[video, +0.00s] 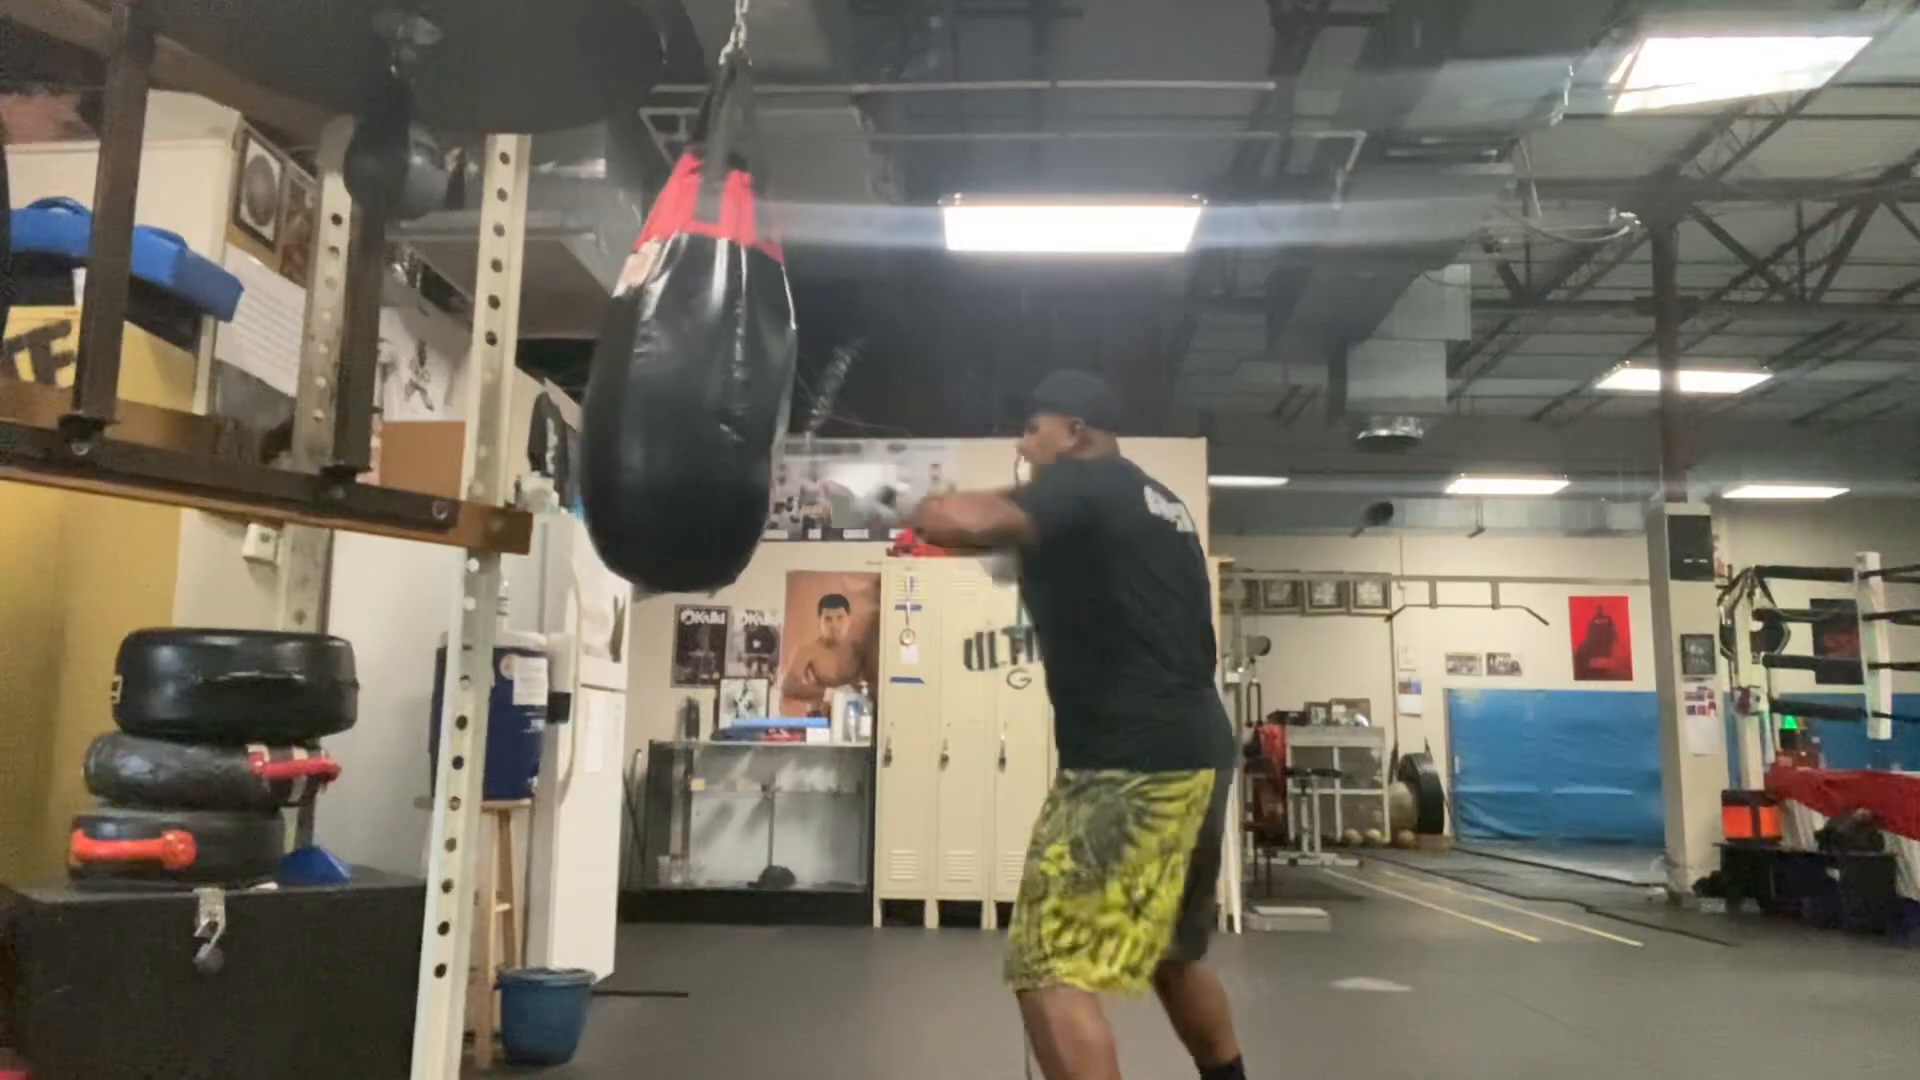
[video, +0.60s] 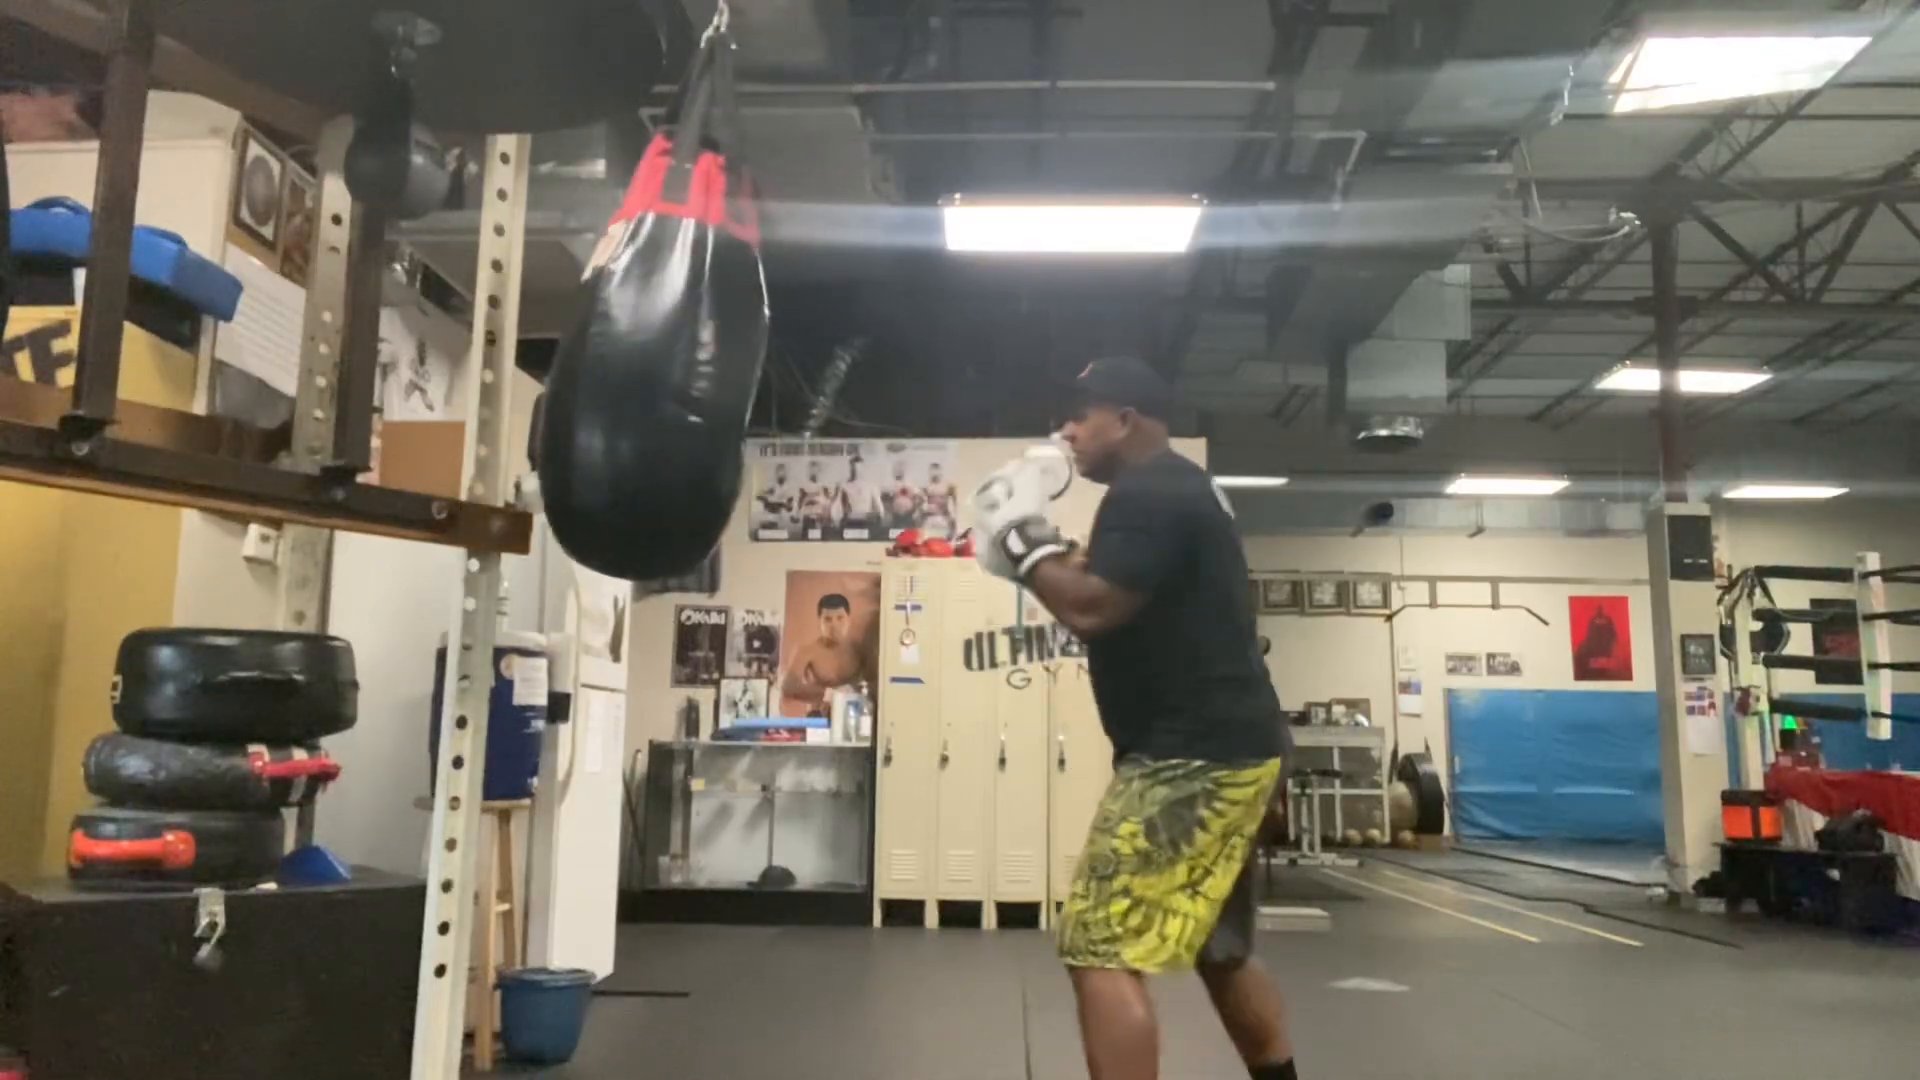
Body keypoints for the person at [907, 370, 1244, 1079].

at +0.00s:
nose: (1023, 446)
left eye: (1033, 429)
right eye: (1024, 431)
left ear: (1078, 430)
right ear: (1098, 434)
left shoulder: (1080, 486)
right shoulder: (1163, 501)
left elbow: (964, 519)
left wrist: (924, 507)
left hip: (1127, 757)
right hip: (1196, 751)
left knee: (1047, 966)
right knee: (1175, 954)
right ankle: (1228, 1074)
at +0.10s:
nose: (1022, 411)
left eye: (1038, 396)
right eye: (1027, 397)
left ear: (1090, 406)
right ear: (1089, 411)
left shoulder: (1121, 482)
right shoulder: (1108, 483)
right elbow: (1082, 578)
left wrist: (999, 531)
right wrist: (1022, 531)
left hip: (1141, 748)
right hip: (1164, 745)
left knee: (1073, 949)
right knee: (1177, 944)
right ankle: (1229, 1075)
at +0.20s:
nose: (1035, 422)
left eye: (1051, 409)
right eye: (1036, 408)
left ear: (1106, 413)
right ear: (1085, 418)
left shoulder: (1164, 494)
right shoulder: (1063, 491)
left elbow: (1103, 594)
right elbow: (929, 495)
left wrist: (1034, 509)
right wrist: (833, 462)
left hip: (1174, 747)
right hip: (1124, 747)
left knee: (1101, 939)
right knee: (1160, 947)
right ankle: (1223, 1072)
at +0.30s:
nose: (1041, 415)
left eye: (1055, 402)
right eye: (1043, 402)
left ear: (1108, 404)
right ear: (1100, 407)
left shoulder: (1173, 479)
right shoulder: (1080, 483)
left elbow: (1134, 578)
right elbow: (989, 547)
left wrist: (1031, 511)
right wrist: (910, 535)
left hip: (1184, 744)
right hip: (1141, 745)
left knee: (1121, 944)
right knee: (1178, 940)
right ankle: (1226, 1070)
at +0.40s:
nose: (1052, 413)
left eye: (1067, 398)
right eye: (1055, 398)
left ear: (1118, 403)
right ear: (1105, 406)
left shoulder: (1179, 479)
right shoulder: (1096, 489)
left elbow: (1125, 581)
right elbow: (1037, 591)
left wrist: (1036, 500)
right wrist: (954, 591)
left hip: (1190, 747)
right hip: (1147, 745)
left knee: (1125, 943)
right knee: (1187, 939)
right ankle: (1255, 1071)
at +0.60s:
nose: (1068, 429)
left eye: (1081, 415)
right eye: (1071, 415)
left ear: (1128, 419)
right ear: (1135, 423)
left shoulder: (1150, 492)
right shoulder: (1174, 486)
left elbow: (1093, 608)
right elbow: (1104, 593)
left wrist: (1027, 534)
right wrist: (1032, 562)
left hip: (1189, 750)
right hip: (1234, 746)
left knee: (1097, 945)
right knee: (1222, 952)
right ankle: (1278, 1071)